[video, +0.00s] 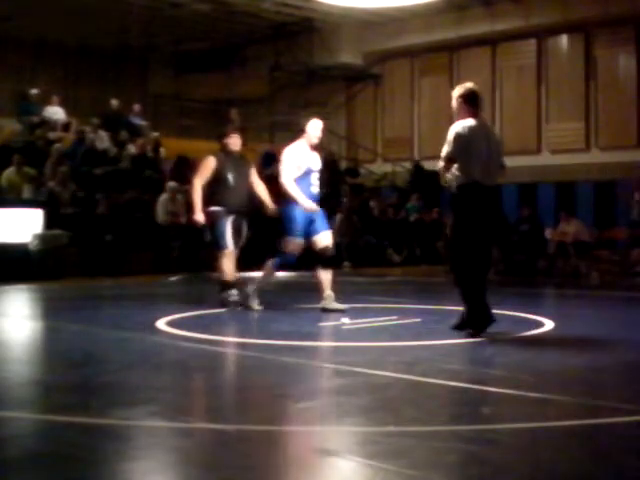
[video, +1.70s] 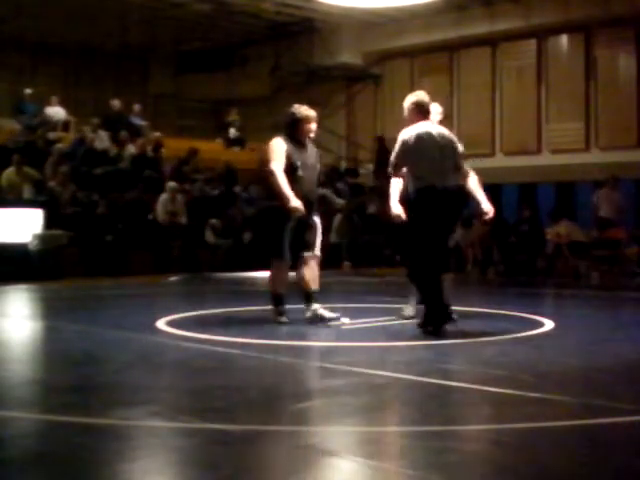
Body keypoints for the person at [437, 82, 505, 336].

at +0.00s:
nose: (452, 107)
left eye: (454, 102)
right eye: (453, 102)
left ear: (462, 103)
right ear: (476, 104)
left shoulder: (459, 130)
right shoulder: (490, 132)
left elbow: (446, 159)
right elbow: (500, 166)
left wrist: (444, 169)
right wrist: (481, 173)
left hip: (466, 196)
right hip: (488, 196)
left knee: (463, 253)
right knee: (480, 253)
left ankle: (475, 312)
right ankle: (479, 310)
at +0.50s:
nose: (436, 111)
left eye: (438, 106)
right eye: (437, 106)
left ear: (445, 107)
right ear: (462, 106)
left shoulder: (438, 131)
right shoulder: (479, 133)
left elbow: (414, 153)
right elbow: (494, 165)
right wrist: (481, 184)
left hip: (449, 198)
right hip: (475, 197)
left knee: (447, 258)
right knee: (475, 259)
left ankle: (444, 319)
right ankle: (471, 319)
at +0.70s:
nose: (429, 108)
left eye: (432, 103)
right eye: (430, 103)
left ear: (440, 106)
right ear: (456, 106)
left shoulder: (432, 131)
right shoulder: (472, 131)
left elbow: (405, 152)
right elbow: (493, 160)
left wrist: (419, 129)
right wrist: (476, 180)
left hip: (443, 197)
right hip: (469, 196)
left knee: (444, 260)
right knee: (470, 259)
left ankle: (445, 320)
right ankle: (470, 321)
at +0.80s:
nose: (426, 109)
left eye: (427, 104)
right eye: (427, 104)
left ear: (433, 106)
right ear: (450, 105)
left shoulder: (427, 132)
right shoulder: (467, 130)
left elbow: (401, 156)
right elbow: (491, 157)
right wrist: (475, 179)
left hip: (439, 197)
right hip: (466, 196)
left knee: (443, 261)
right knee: (466, 259)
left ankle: (445, 321)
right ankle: (469, 321)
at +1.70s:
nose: (404, 118)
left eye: (405, 114)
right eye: (405, 114)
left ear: (411, 113)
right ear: (430, 112)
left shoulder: (408, 136)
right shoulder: (447, 136)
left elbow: (397, 173)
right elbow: (465, 172)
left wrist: (394, 202)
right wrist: (484, 201)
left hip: (422, 202)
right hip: (451, 201)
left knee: (421, 259)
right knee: (435, 256)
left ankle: (436, 315)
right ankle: (437, 311)